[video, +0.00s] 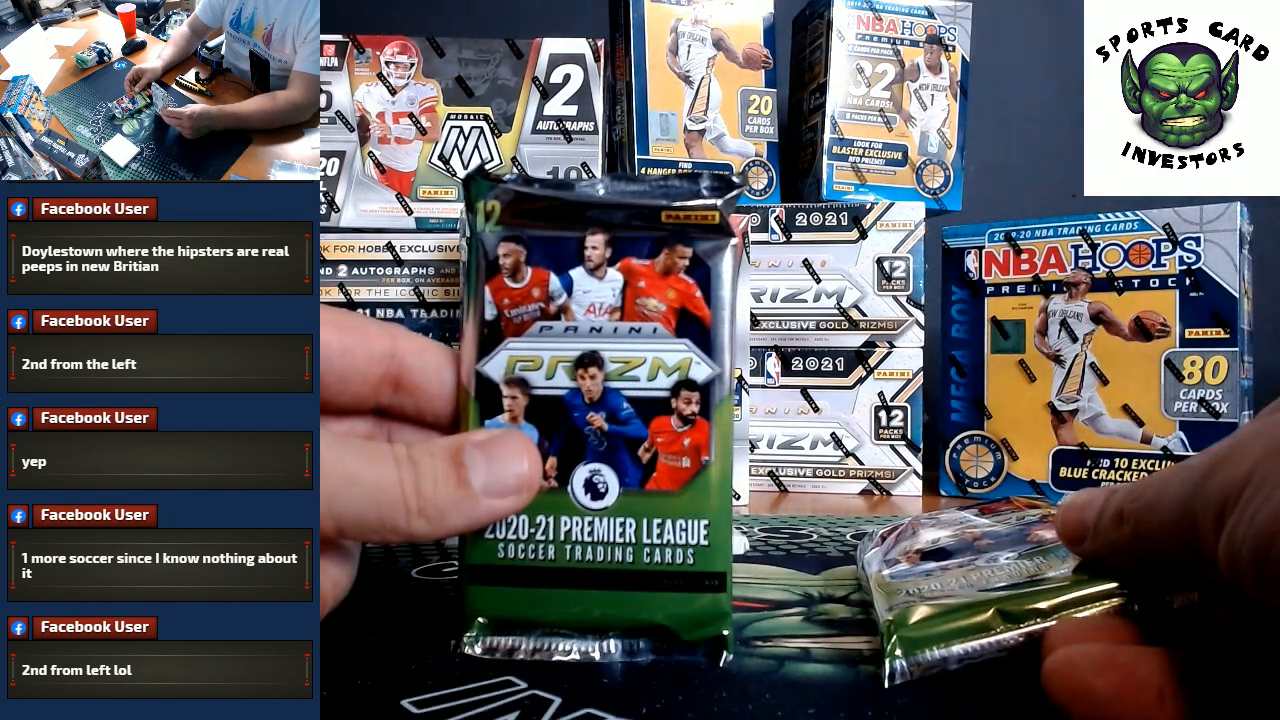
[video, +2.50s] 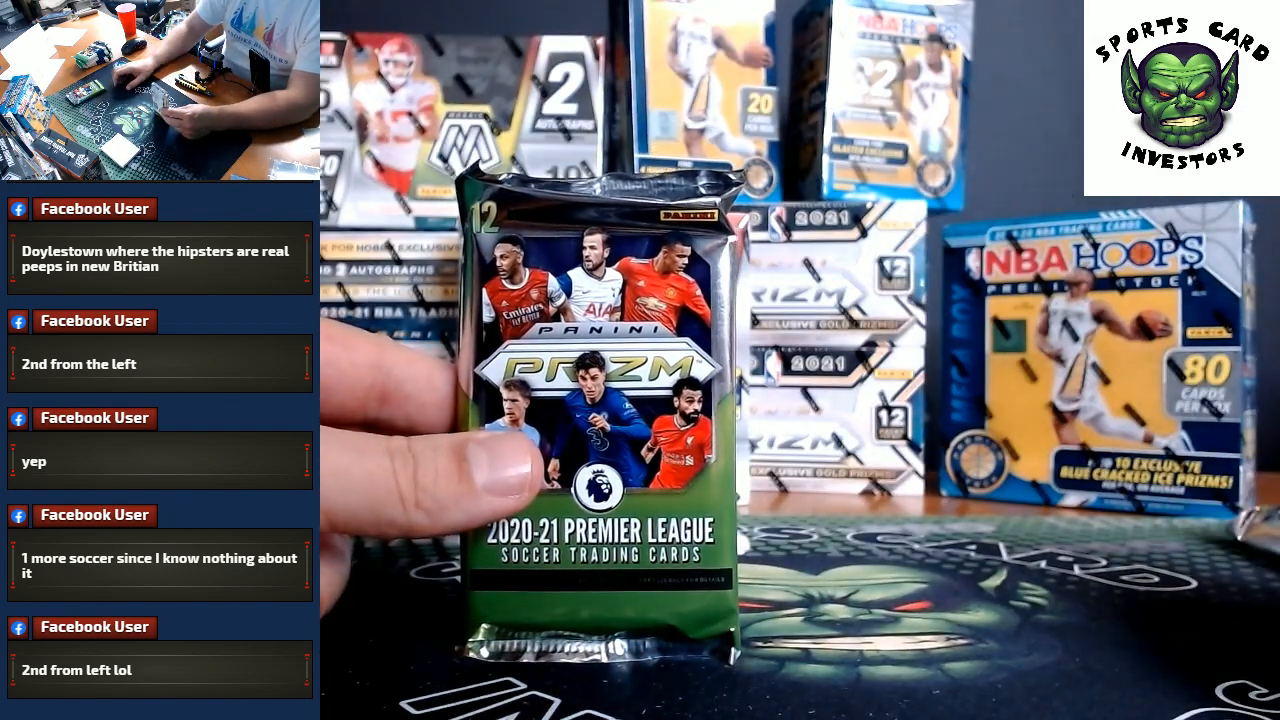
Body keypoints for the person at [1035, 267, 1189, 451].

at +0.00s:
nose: (1069, 273)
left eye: (1075, 272)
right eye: (1070, 271)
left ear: (1086, 282)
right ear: (1067, 282)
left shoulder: (1094, 308)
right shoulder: (1050, 304)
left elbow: (1125, 332)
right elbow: (1038, 335)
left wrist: (1158, 331)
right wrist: (1046, 351)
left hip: (1079, 364)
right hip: (1063, 366)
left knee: (1060, 421)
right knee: (1102, 425)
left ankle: (1079, 480)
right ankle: (1166, 443)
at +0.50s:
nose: (1069, 273)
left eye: (1076, 272)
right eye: (1070, 271)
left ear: (1086, 282)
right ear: (1067, 282)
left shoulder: (1094, 308)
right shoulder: (1049, 304)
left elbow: (1126, 332)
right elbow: (1038, 335)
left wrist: (1159, 331)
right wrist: (1046, 351)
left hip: (1079, 365)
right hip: (1064, 367)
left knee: (1060, 422)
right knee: (1102, 425)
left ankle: (1082, 480)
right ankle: (1165, 443)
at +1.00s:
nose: (1072, 288)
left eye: (1077, 284)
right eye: (1071, 283)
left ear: (1087, 286)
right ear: (1067, 284)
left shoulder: (1095, 308)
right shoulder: (1053, 304)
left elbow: (1125, 331)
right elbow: (1039, 335)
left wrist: (1155, 330)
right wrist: (1047, 350)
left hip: (1081, 365)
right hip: (1063, 366)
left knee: (1062, 417)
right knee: (1103, 424)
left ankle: (1077, 473)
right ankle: (1165, 442)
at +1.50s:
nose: (1072, 287)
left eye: (1077, 283)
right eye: (1071, 283)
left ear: (1087, 285)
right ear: (1067, 283)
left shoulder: (1095, 308)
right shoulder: (1053, 303)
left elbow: (1126, 331)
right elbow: (1039, 335)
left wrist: (1157, 330)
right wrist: (1047, 350)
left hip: (1081, 365)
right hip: (1063, 367)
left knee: (1062, 418)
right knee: (1104, 424)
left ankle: (1077, 473)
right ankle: (1165, 442)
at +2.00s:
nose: (1072, 288)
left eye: (1077, 284)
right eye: (1070, 283)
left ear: (1087, 286)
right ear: (1067, 283)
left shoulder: (1095, 308)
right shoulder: (1053, 303)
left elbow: (1126, 331)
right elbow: (1039, 335)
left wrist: (1156, 330)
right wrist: (1047, 350)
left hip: (1081, 365)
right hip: (1063, 366)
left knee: (1062, 418)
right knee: (1103, 424)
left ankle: (1077, 473)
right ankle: (1165, 442)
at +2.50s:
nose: (1072, 288)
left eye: (1077, 284)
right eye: (1071, 283)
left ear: (1087, 285)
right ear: (1067, 283)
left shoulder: (1095, 308)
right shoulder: (1053, 304)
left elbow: (1126, 331)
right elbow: (1039, 334)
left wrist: (1156, 329)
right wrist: (1047, 349)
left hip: (1081, 365)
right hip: (1064, 367)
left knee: (1062, 418)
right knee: (1103, 424)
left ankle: (1078, 473)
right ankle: (1165, 442)